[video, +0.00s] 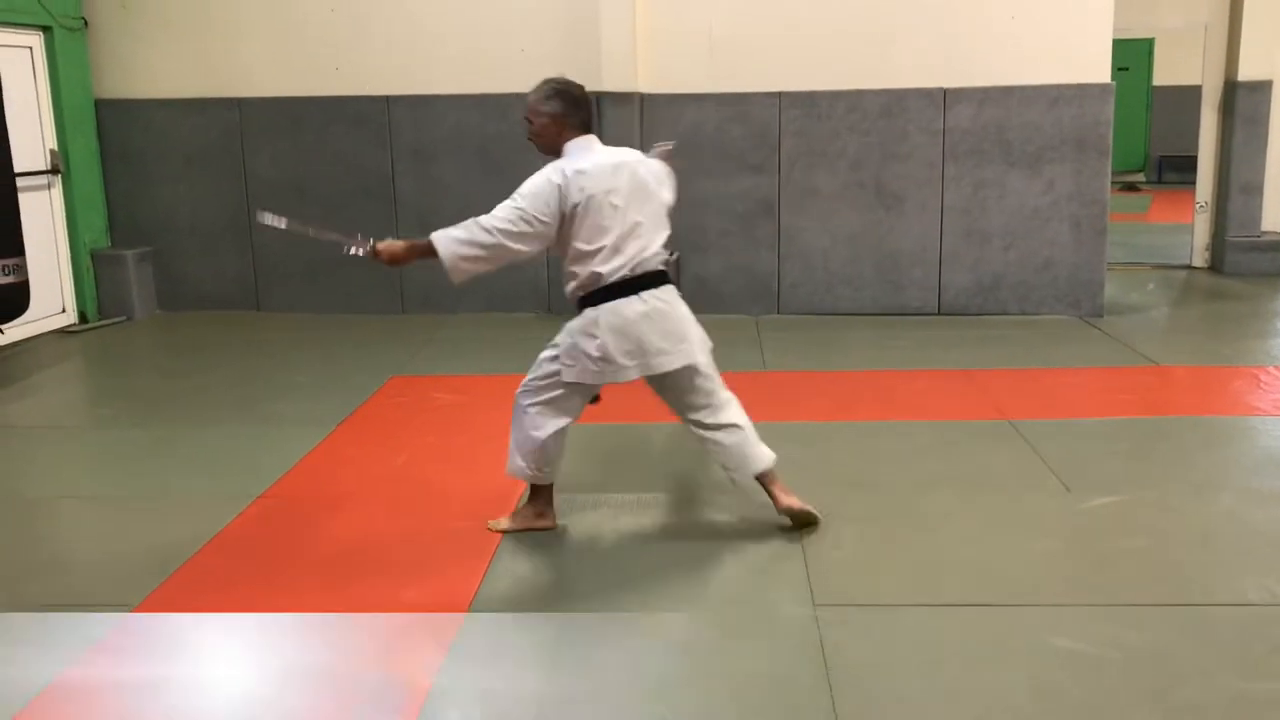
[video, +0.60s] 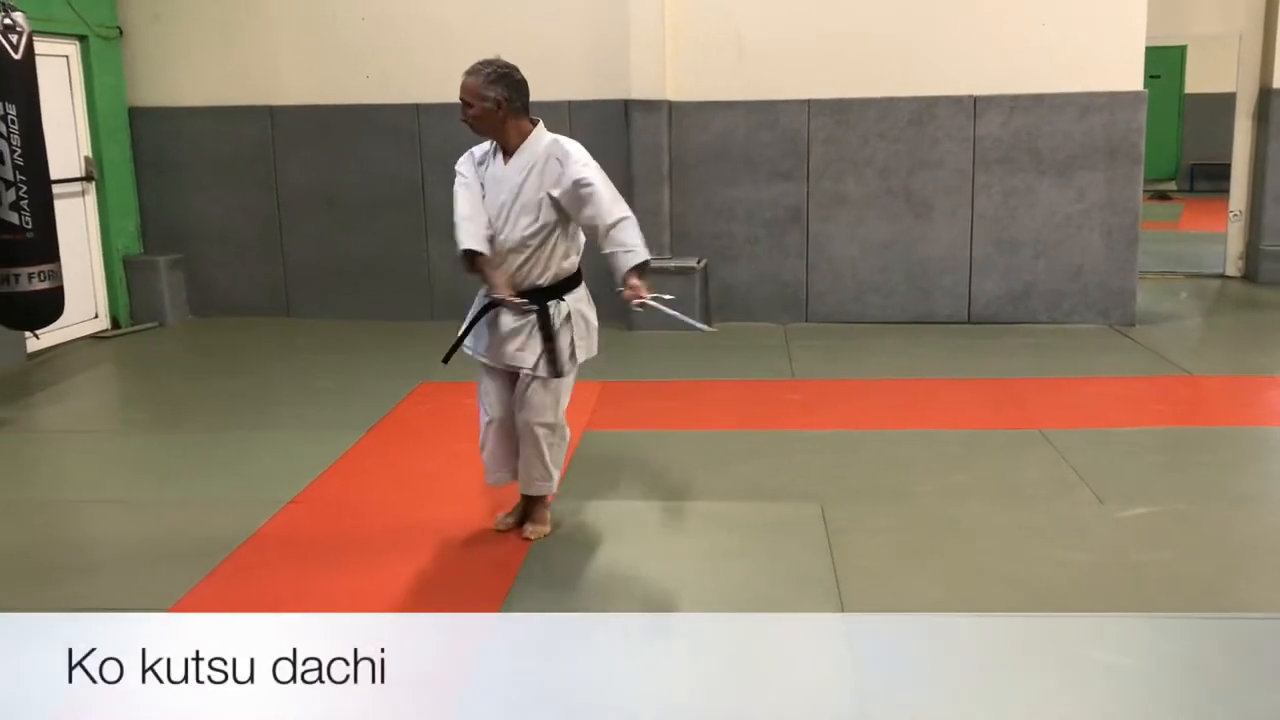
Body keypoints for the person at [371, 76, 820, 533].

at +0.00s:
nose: (527, 132)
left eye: (532, 121)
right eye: (526, 122)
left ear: (561, 120)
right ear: (579, 120)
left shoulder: (558, 179)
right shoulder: (642, 164)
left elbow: (496, 230)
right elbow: (664, 187)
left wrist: (411, 249)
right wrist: (661, 162)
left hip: (605, 323)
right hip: (666, 310)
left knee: (539, 398)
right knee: (713, 405)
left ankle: (538, 506)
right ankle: (781, 495)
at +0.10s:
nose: (503, 123)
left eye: (509, 113)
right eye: (503, 113)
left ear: (537, 115)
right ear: (548, 114)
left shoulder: (540, 172)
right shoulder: (599, 155)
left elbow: (488, 237)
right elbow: (624, 223)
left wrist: (419, 270)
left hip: (580, 313)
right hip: (635, 302)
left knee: (526, 409)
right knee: (659, 403)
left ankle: (540, 507)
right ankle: (721, 481)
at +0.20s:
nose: (489, 118)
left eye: (494, 107)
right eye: (488, 107)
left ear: (524, 108)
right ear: (532, 108)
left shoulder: (535, 167)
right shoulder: (572, 150)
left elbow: (504, 232)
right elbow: (536, 199)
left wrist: (453, 280)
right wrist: (484, 212)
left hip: (567, 310)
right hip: (611, 297)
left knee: (522, 407)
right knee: (588, 399)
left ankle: (542, 509)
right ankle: (631, 491)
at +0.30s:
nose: (479, 113)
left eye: (485, 104)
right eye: (478, 104)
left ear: (513, 105)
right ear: (516, 105)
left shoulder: (545, 162)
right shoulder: (537, 155)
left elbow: (530, 233)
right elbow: (485, 212)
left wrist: (496, 284)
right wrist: (418, 246)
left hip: (566, 303)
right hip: (559, 299)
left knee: (519, 407)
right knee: (533, 401)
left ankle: (546, 508)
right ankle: (552, 496)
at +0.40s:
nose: (471, 113)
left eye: (478, 103)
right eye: (470, 103)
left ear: (507, 103)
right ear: (505, 104)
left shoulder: (555, 161)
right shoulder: (502, 165)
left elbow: (565, 231)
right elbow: (461, 220)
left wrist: (543, 285)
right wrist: (411, 267)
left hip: (561, 308)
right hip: (526, 304)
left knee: (520, 410)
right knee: (498, 404)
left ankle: (543, 506)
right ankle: (523, 498)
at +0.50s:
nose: (466, 113)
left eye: (473, 104)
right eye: (465, 104)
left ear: (504, 102)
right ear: (499, 103)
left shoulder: (566, 158)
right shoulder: (481, 166)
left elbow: (590, 224)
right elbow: (459, 222)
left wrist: (591, 280)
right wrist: (445, 275)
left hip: (560, 305)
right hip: (509, 305)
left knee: (534, 411)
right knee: (502, 408)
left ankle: (533, 506)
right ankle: (522, 498)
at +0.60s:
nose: (462, 115)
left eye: (469, 106)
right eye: (461, 105)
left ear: (502, 105)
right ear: (492, 105)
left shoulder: (563, 158)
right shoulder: (472, 164)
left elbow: (612, 215)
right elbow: (471, 235)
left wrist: (629, 271)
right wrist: (496, 279)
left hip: (553, 312)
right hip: (497, 308)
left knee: (538, 414)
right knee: (501, 412)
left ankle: (540, 505)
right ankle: (527, 497)